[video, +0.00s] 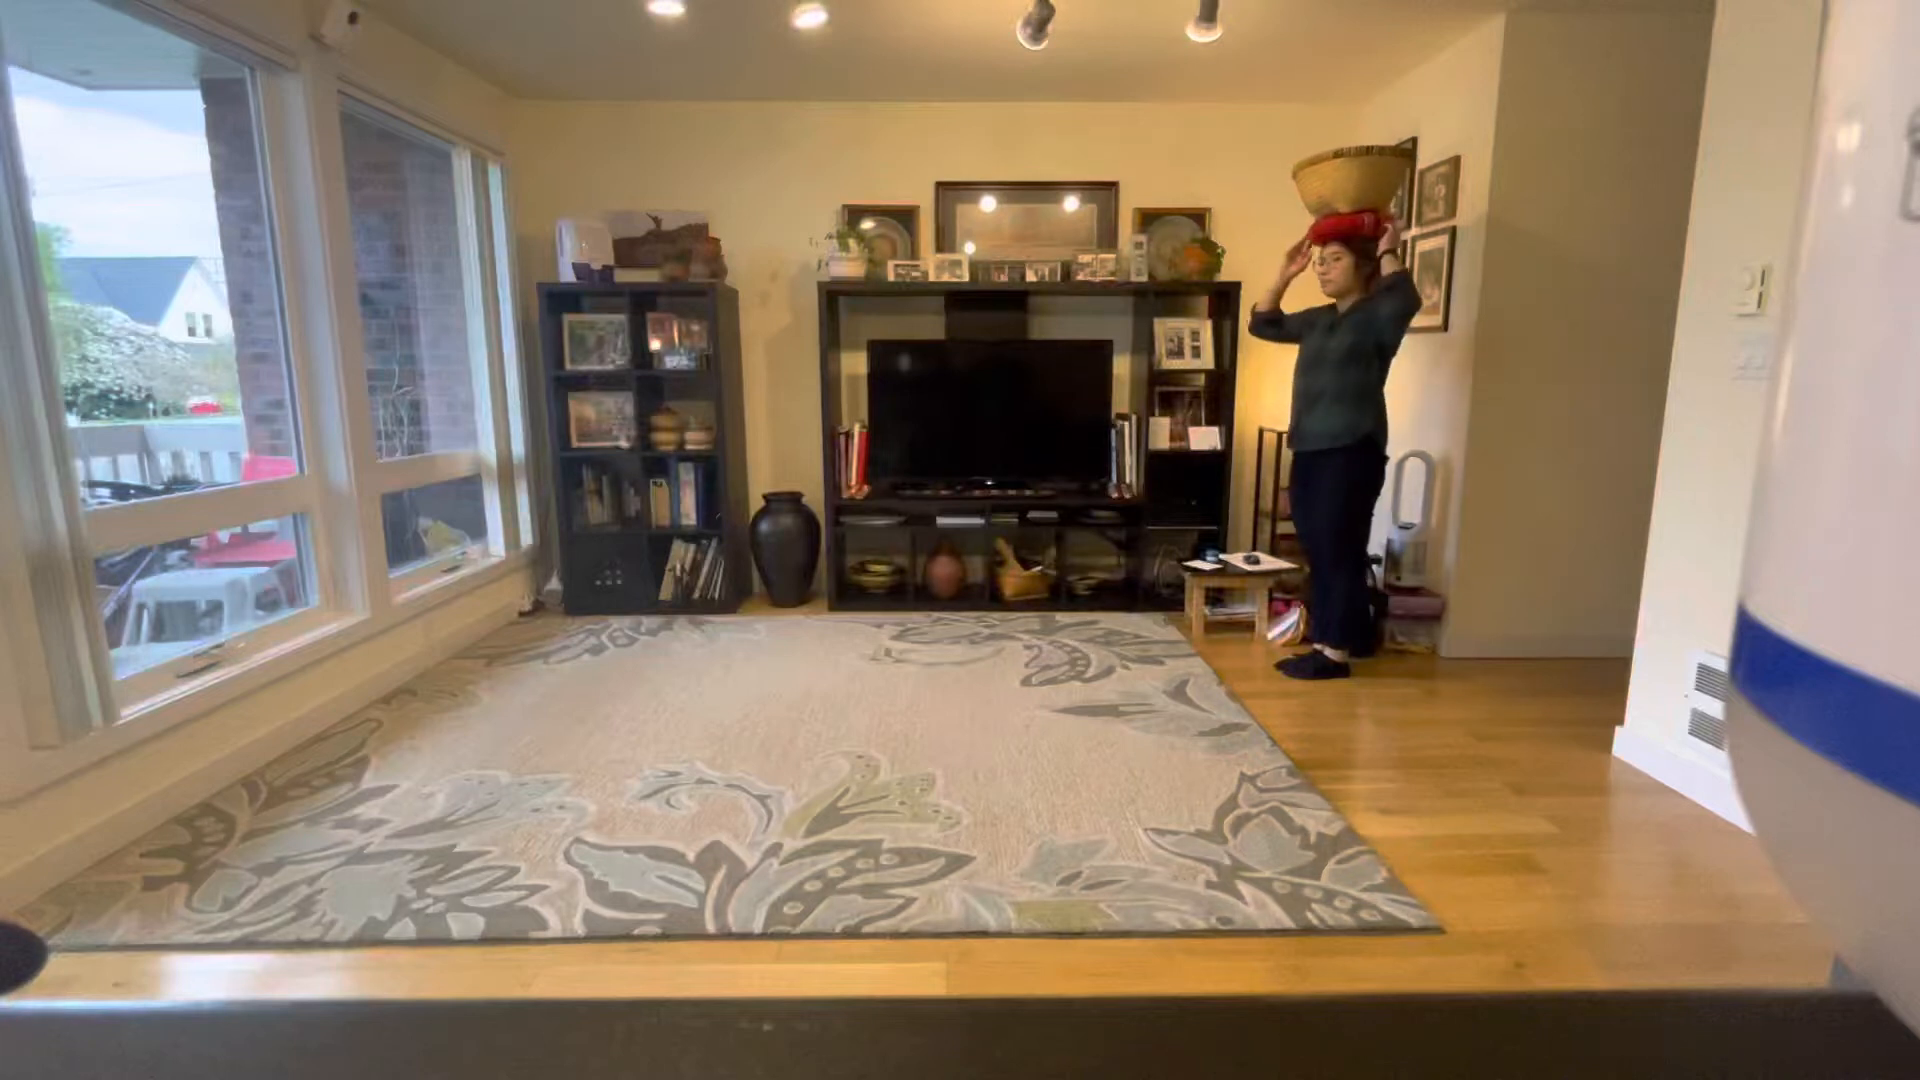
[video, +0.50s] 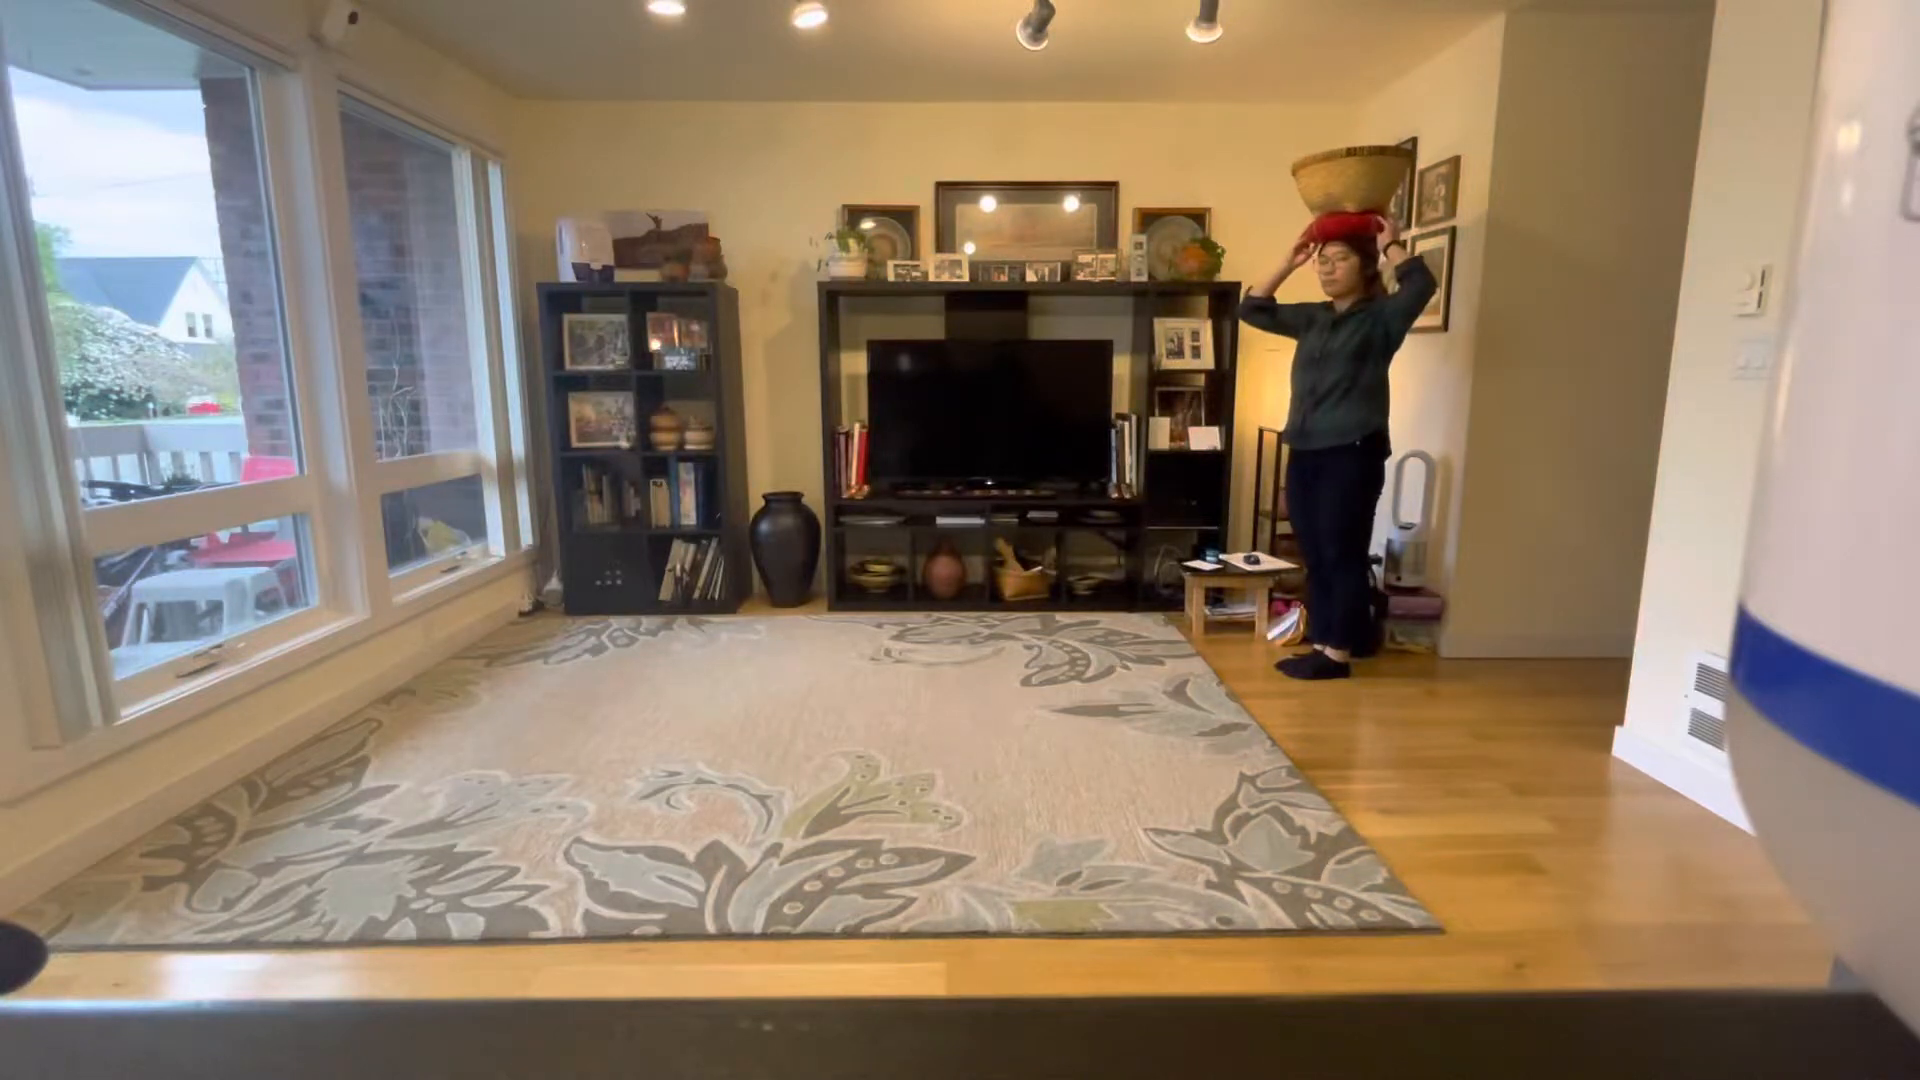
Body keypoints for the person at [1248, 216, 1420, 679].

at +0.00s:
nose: (1323, 268)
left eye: (1334, 259)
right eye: (1319, 260)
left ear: (1363, 265)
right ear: (1317, 266)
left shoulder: (1377, 314)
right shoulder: (1318, 318)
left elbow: (1404, 299)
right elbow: (1263, 324)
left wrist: (1386, 256)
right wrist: (1284, 277)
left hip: (1354, 448)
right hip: (1311, 449)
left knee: (1339, 546)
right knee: (1318, 545)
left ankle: (1334, 649)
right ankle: (1332, 638)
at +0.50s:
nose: (1326, 267)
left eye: (1339, 258)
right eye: (1321, 259)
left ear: (1366, 267)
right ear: (1316, 265)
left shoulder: (1381, 317)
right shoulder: (1312, 317)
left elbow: (1422, 284)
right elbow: (1250, 310)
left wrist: (1391, 245)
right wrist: (1289, 264)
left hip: (1355, 448)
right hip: (1306, 448)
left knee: (1341, 547)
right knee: (1315, 547)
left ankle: (1338, 650)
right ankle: (1321, 641)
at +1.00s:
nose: (1323, 267)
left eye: (1335, 258)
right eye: (1318, 259)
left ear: (1362, 266)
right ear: (1313, 266)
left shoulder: (1377, 317)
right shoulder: (1311, 317)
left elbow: (1411, 288)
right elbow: (1250, 311)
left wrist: (1383, 248)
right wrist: (1288, 268)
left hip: (1352, 449)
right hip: (1304, 449)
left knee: (1341, 549)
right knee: (1314, 550)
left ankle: (1338, 652)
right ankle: (1321, 643)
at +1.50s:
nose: (1319, 269)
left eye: (1330, 260)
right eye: (1317, 261)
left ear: (1360, 266)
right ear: (1316, 268)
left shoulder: (1380, 324)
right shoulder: (1318, 327)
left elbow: (1391, 397)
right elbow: (1287, 387)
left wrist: (1337, 390)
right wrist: (1256, 353)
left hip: (1351, 461)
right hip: (1307, 459)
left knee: (1339, 554)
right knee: (1315, 554)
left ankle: (1337, 652)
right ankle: (1324, 643)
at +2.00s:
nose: (1317, 268)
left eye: (1327, 260)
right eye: (1314, 261)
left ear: (1357, 266)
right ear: (1312, 269)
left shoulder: (1375, 326)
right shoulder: (1318, 328)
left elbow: (1397, 397)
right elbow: (1320, 401)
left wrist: (1340, 429)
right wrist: (1284, 413)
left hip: (1347, 459)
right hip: (1308, 458)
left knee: (1335, 550)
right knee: (1304, 549)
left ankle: (1336, 652)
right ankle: (1318, 639)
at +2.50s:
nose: (1299, 271)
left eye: (1309, 263)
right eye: (1298, 264)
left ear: (1338, 269)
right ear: (1297, 272)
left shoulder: (1354, 328)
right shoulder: (1302, 328)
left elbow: (1366, 403)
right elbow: (1297, 396)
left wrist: (1315, 437)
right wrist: (1264, 423)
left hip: (1332, 459)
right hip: (1296, 457)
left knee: (1324, 550)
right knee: (1294, 548)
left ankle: (1334, 650)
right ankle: (1306, 636)